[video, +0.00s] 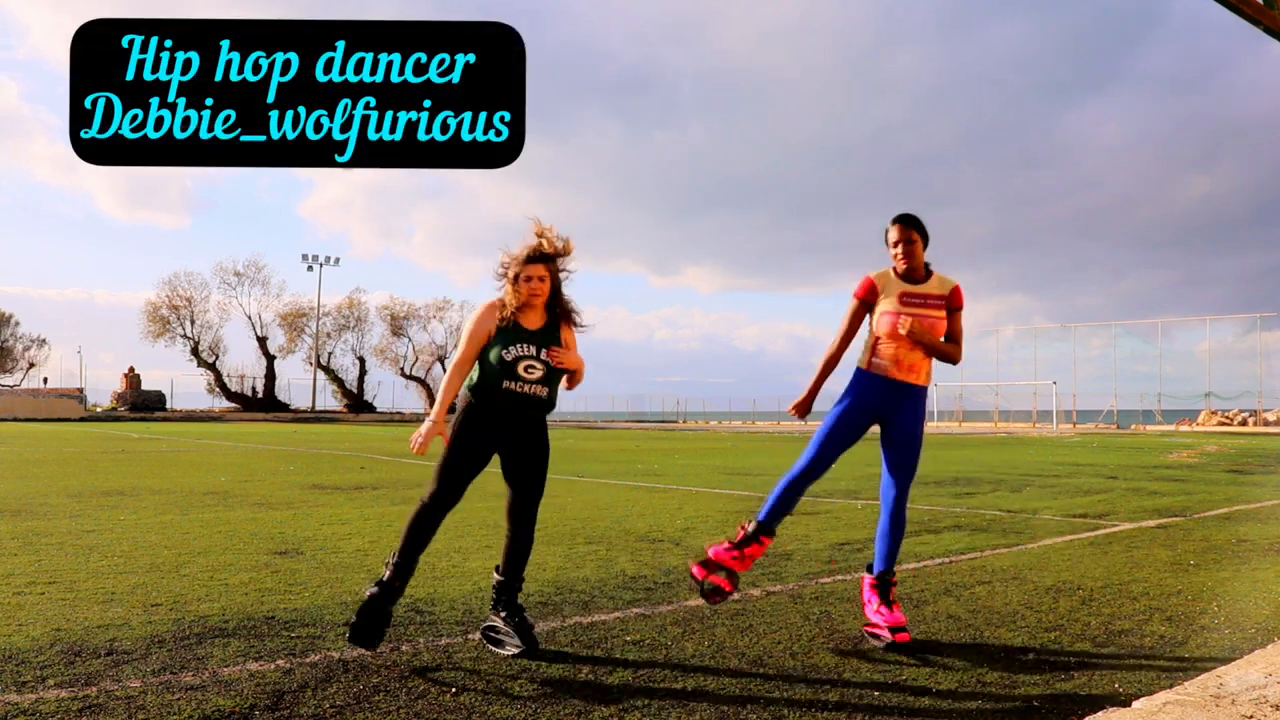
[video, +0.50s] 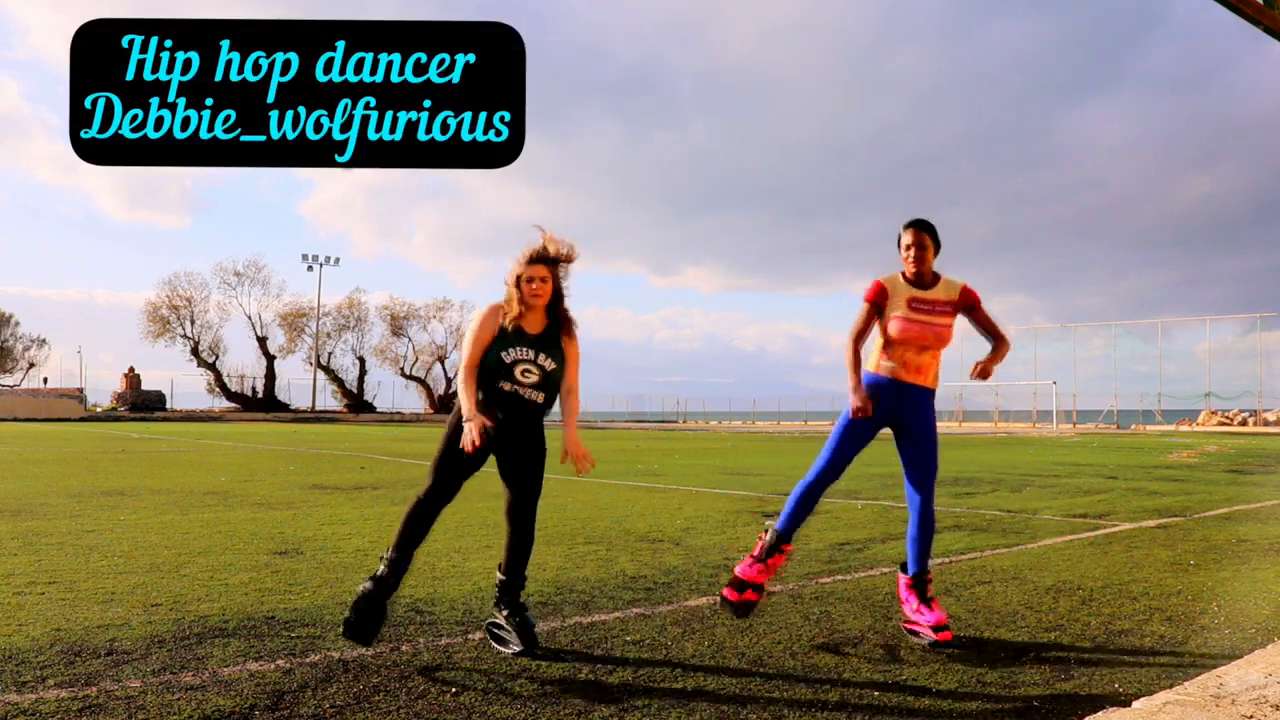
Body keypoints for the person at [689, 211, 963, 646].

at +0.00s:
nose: (901, 251)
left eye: (908, 242)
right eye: (895, 245)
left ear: (925, 244)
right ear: (888, 250)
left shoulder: (949, 291)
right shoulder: (877, 285)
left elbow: (954, 355)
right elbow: (841, 342)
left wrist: (921, 336)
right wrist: (810, 393)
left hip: (909, 400)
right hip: (865, 389)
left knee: (896, 497)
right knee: (810, 466)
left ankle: (880, 589)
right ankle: (757, 535)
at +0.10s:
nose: (905, 239)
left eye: (913, 230)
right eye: (899, 232)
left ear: (929, 233)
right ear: (893, 238)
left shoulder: (953, 279)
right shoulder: (880, 271)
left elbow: (954, 341)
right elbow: (845, 327)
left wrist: (924, 326)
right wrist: (815, 378)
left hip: (911, 387)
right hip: (867, 374)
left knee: (897, 488)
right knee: (807, 448)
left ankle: (883, 582)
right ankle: (743, 521)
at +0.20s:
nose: (909, 220)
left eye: (917, 212)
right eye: (904, 213)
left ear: (934, 212)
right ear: (897, 216)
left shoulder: (956, 257)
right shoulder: (885, 249)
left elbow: (956, 318)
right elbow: (852, 307)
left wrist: (928, 303)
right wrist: (825, 358)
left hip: (914, 366)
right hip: (871, 353)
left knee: (909, 465)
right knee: (813, 425)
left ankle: (898, 559)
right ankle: (743, 495)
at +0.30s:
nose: (915, 223)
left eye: (922, 215)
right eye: (908, 216)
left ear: (939, 216)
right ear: (901, 220)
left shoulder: (958, 262)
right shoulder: (889, 252)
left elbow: (959, 325)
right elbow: (857, 311)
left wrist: (928, 309)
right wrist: (830, 363)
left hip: (916, 370)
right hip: (873, 358)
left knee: (918, 466)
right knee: (813, 430)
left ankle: (907, 559)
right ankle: (740, 500)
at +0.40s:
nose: (917, 248)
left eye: (924, 240)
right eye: (911, 241)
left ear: (940, 243)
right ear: (904, 245)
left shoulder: (961, 289)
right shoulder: (890, 281)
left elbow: (981, 349)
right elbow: (862, 339)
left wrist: (956, 352)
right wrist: (839, 393)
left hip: (920, 397)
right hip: (876, 384)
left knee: (924, 494)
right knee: (817, 459)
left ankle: (917, 590)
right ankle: (747, 529)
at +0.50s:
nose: (912, 254)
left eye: (919, 246)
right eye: (906, 247)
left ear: (935, 251)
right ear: (899, 253)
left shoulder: (959, 295)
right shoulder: (887, 289)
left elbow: (1000, 341)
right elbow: (855, 340)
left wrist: (990, 360)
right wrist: (856, 388)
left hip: (919, 402)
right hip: (876, 392)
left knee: (922, 500)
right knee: (822, 474)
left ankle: (916, 592)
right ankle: (769, 551)